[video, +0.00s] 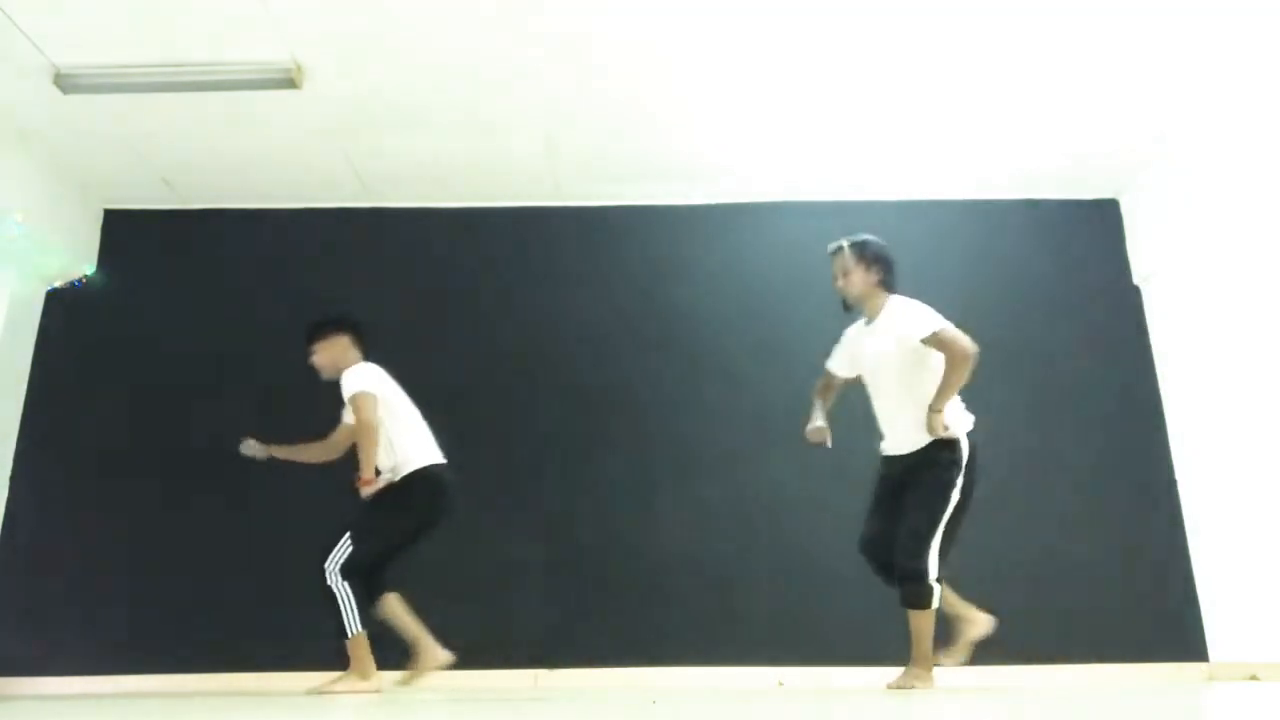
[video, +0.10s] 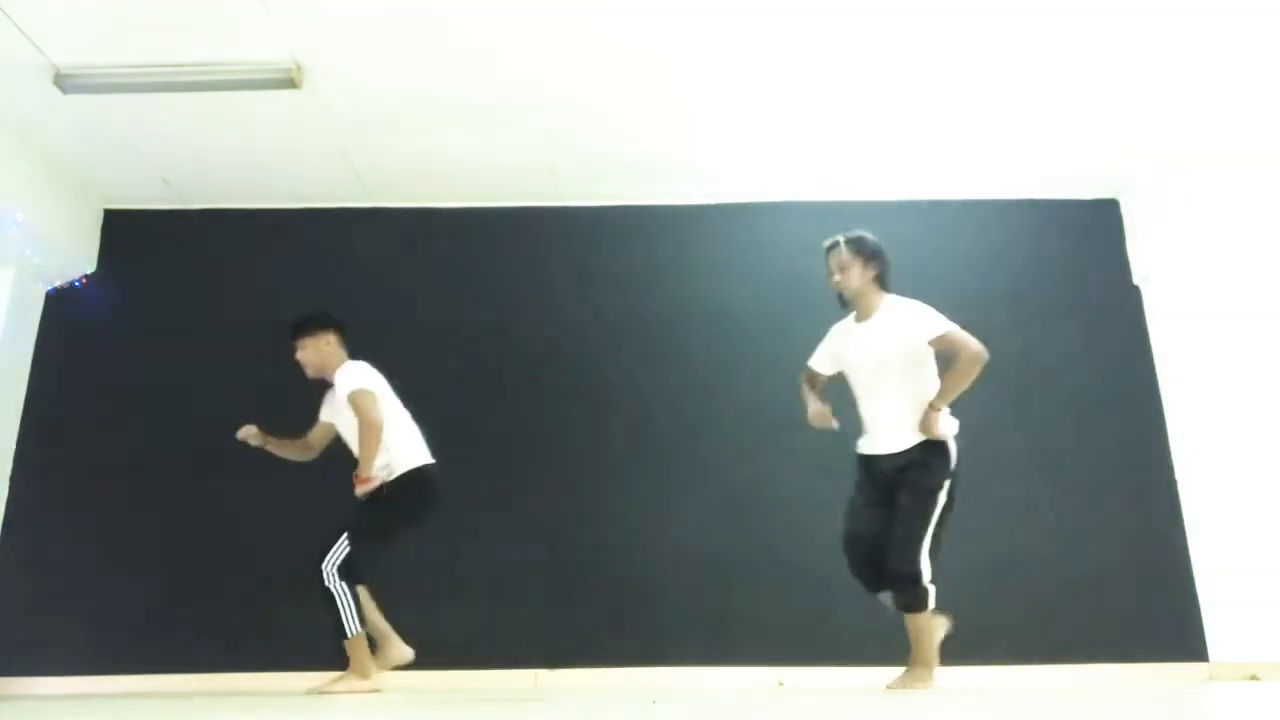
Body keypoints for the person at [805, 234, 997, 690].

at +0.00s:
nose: (839, 283)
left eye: (845, 272)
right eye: (836, 274)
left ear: (874, 271)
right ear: (856, 279)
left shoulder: (907, 313)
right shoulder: (855, 337)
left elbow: (963, 351)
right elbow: (827, 385)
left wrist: (937, 407)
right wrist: (817, 417)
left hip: (942, 451)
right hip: (897, 457)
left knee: (914, 556)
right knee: (879, 549)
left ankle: (921, 670)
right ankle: (970, 617)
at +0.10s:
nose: (836, 280)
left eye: (843, 269)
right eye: (832, 273)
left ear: (871, 267)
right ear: (834, 279)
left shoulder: (911, 314)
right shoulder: (840, 335)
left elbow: (973, 354)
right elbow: (810, 377)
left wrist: (938, 404)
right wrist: (813, 401)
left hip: (926, 454)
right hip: (875, 459)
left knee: (905, 560)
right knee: (863, 555)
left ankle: (922, 669)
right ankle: (927, 624)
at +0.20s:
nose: (837, 276)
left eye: (844, 265)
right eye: (833, 270)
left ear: (872, 264)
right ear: (832, 277)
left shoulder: (911, 317)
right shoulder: (832, 332)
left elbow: (974, 362)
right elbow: (798, 389)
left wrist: (929, 405)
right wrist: (841, 384)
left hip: (905, 454)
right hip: (851, 460)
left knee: (894, 565)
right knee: (851, 561)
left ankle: (920, 667)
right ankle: (909, 604)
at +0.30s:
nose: (837, 273)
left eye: (845, 262)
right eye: (831, 268)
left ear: (872, 264)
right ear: (829, 276)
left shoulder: (904, 323)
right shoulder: (823, 329)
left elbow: (965, 371)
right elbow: (775, 381)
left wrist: (916, 406)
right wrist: (793, 346)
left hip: (886, 456)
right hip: (829, 459)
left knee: (884, 571)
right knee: (819, 541)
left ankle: (918, 665)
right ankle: (869, 596)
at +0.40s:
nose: (827, 269)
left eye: (835, 260)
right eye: (823, 265)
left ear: (863, 264)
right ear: (820, 275)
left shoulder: (893, 324)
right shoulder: (810, 323)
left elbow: (949, 372)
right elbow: (746, 339)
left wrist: (900, 401)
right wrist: (766, 290)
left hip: (867, 455)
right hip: (807, 453)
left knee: (887, 572)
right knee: (769, 528)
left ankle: (916, 664)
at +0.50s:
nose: (809, 264)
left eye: (818, 255)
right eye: (805, 259)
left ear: (845, 264)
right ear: (803, 269)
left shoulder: (872, 325)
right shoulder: (784, 318)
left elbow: (930, 369)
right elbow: (721, 301)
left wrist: (880, 397)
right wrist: (728, 241)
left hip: (847, 455)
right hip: (784, 453)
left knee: (883, 564)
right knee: (730, 534)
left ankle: (914, 665)